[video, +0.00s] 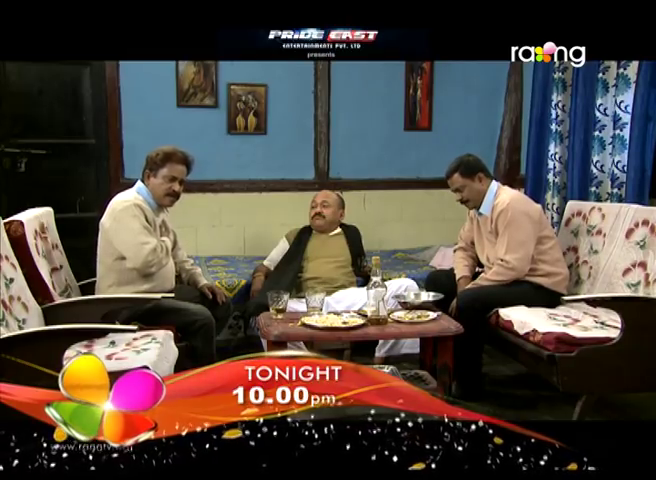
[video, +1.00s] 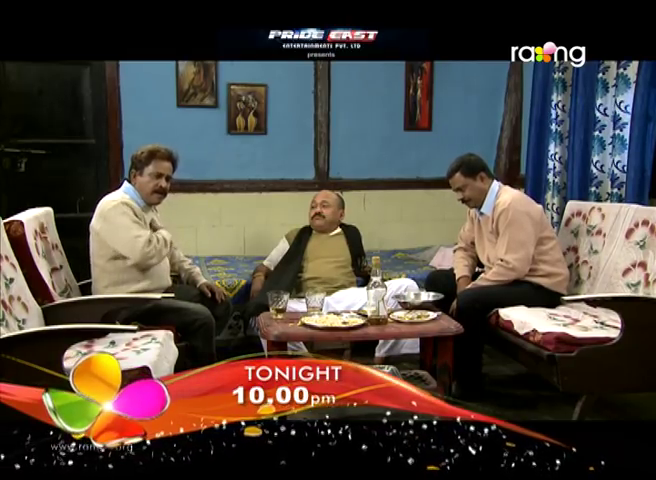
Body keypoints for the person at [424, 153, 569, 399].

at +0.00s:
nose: (458, 198)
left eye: (460, 190)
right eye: (455, 193)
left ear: (481, 179)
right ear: (478, 181)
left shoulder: (513, 206)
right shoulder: (478, 208)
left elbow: (513, 266)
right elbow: (464, 248)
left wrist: (465, 294)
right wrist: (464, 282)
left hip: (541, 286)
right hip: (503, 277)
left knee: (468, 302)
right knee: (437, 280)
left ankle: (467, 386)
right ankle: (440, 369)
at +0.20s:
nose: (458, 198)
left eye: (460, 191)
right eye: (454, 193)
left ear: (480, 179)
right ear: (478, 181)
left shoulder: (512, 206)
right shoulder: (477, 208)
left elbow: (513, 266)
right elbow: (464, 248)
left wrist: (465, 294)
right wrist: (463, 283)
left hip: (542, 286)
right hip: (503, 277)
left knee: (468, 302)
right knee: (437, 280)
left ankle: (468, 385)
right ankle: (440, 368)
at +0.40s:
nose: (458, 199)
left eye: (460, 191)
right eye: (454, 193)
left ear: (480, 179)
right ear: (478, 181)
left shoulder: (512, 206)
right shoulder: (477, 208)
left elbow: (513, 266)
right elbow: (464, 248)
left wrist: (465, 295)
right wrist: (463, 282)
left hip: (542, 286)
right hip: (504, 277)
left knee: (469, 302)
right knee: (437, 280)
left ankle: (468, 385)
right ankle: (440, 368)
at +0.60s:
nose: (458, 199)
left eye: (460, 191)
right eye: (455, 193)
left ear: (481, 179)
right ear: (479, 181)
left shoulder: (512, 206)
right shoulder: (477, 208)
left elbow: (513, 266)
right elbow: (464, 249)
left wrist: (465, 295)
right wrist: (463, 283)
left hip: (542, 286)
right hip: (504, 277)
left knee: (469, 302)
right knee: (437, 280)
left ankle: (467, 384)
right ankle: (440, 368)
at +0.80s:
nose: (459, 198)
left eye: (462, 190)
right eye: (456, 193)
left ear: (482, 179)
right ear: (479, 180)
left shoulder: (514, 206)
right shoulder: (478, 208)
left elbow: (513, 266)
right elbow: (464, 248)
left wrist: (465, 295)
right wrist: (463, 284)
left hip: (541, 286)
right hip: (504, 277)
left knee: (469, 302)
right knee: (437, 280)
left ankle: (467, 385)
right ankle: (440, 368)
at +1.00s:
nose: (459, 198)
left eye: (462, 190)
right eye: (456, 192)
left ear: (482, 179)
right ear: (480, 180)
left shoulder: (514, 206)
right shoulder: (478, 208)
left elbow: (513, 266)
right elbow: (464, 248)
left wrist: (466, 294)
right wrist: (463, 283)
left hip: (541, 286)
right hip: (504, 277)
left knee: (468, 302)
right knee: (437, 280)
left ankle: (467, 385)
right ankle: (441, 368)